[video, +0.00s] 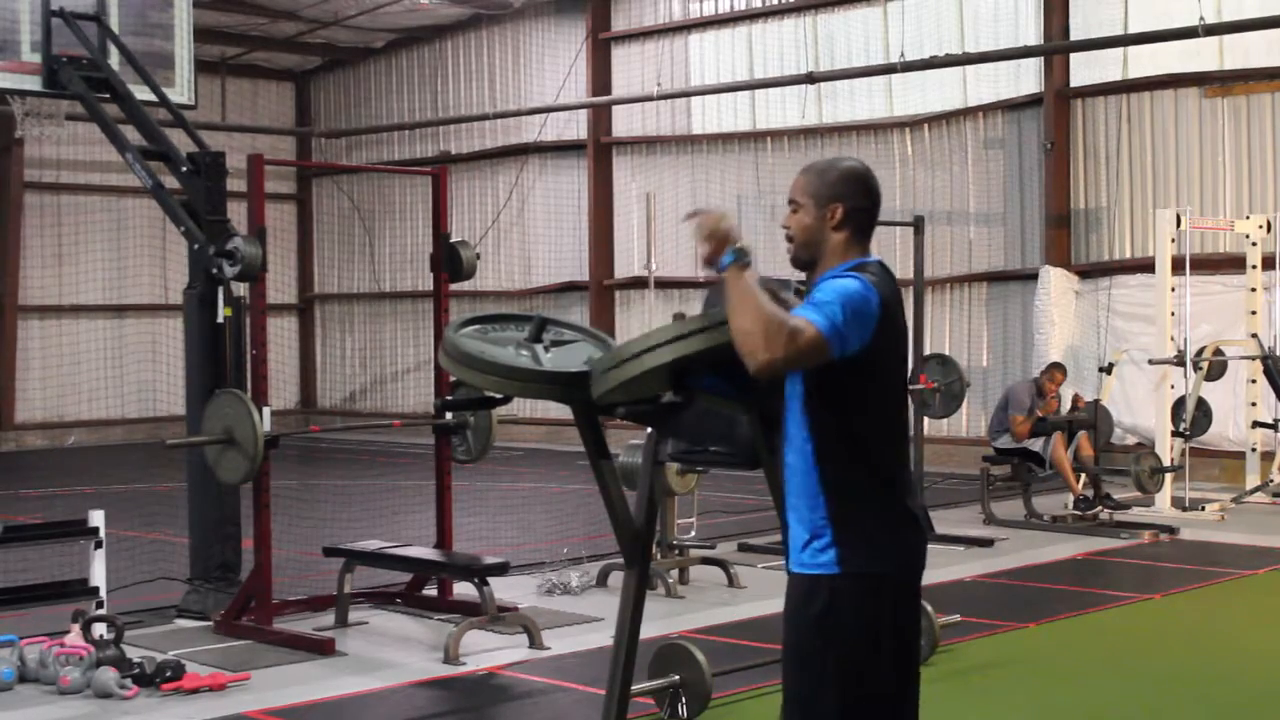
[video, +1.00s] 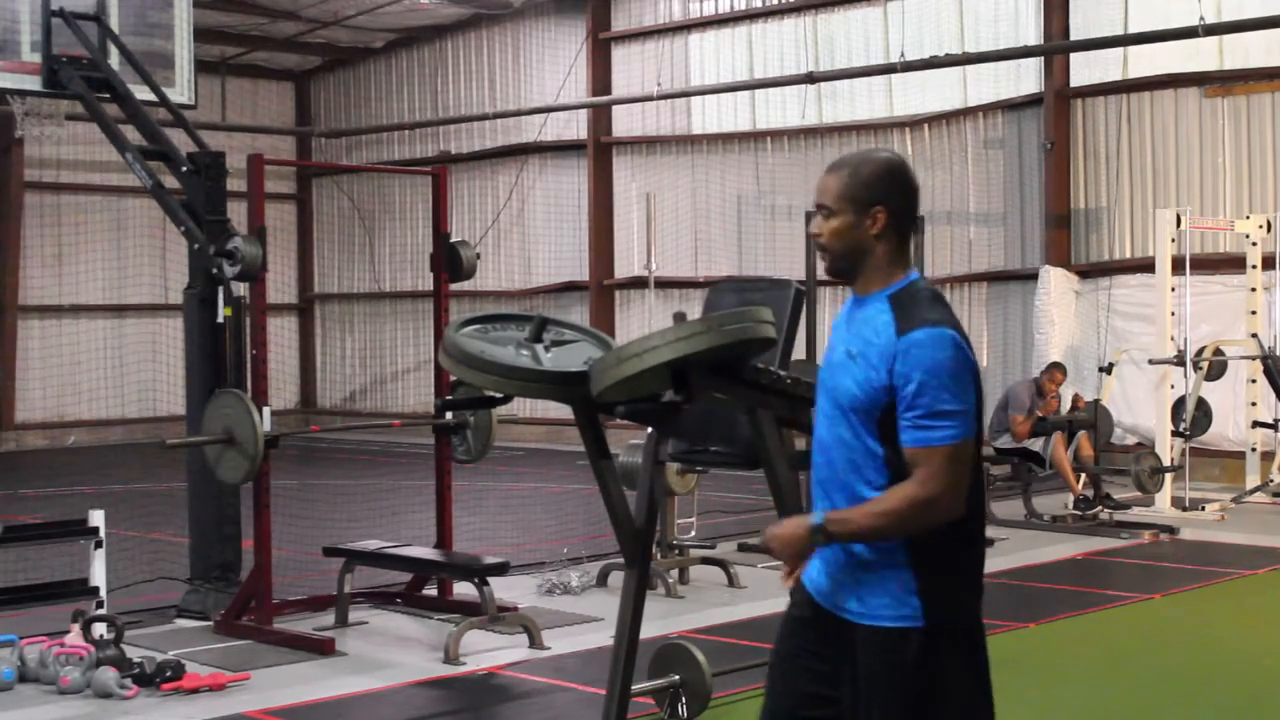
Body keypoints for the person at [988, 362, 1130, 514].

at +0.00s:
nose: (1053, 389)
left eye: (1058, 385)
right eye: (1051, 382)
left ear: (1061, 385)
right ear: (1042, 374)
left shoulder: (1051, 396)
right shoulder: (1020, 392)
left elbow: (1055, 428)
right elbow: (1018, 435)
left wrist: (1073, 411)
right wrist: (1040, 412)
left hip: (1029, 438)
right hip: (1004, 439)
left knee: (1080, 435)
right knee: (1055, 439)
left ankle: (1100, 494)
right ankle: (1079, 498)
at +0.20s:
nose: (1053, 389)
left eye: (1058, 385)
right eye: (1051, 382)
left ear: (1061, 385)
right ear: (1042, 375)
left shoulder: (1050, 396)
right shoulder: (1020, 392)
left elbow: (1054, 428)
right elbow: (1018, 435)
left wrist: (1073, 412)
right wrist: (1041, 413)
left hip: (1029, 439)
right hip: (1003, 439)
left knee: (1080, 435)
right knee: (1055, 439)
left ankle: (1099, 494)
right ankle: (1079, 498)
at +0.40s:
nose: (1054, 389)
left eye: (1058, 385)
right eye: (1051, 382)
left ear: (1061, 385)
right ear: (1042, 374)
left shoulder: (1051, 395)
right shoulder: (1020, 392)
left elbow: (1055, 427)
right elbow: (1018, 435)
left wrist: (1073, 411)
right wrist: (1041, 413)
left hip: (1029, 438)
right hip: (1004, 440)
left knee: (1080, 435)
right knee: (1055, 439)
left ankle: (1099, 494)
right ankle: (1079, 498)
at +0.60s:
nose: (1053, 388)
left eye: (1058, 385)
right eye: (1051, 382)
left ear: (1061, 385)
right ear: (1042, 374)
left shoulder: (1052, 396)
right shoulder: (1021, 391)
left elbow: (1054, 427)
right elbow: (1019, 435)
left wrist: (1073, 412)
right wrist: (1040, 413)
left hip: (1029, 438)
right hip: (1004, 439)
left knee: (1080, 435)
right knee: (1055, 439)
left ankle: (1099, 494)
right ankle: (1079, 498)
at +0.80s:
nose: (1054, 389)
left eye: (1058, 385)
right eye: (1051, 382)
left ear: (1061, 384)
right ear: (1042, 374)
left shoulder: (1050, 395)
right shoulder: (1021, 391)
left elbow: (1055, 426)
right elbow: (1019, 435)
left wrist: (1073, 410)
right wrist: (1040, 412)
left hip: (1030, 438)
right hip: (1004, 440)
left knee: (1080, 435)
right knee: (1055, 439)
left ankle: (1099, 494)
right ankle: (1079, 498)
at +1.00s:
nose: (1054, 389)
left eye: (1058, 385)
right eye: (1051, 382)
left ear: (1061, 385)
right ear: (1042, 375)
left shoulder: (1052, 395)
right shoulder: (1021, 391)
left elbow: (1055, 426)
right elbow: (1019, 435)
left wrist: (1073, 411)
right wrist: (1040, 412)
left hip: (1030, 437)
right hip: (1004, 439)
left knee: (1081, 435)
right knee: (1055, 439)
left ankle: (1100, 494)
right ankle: (1079, 498)